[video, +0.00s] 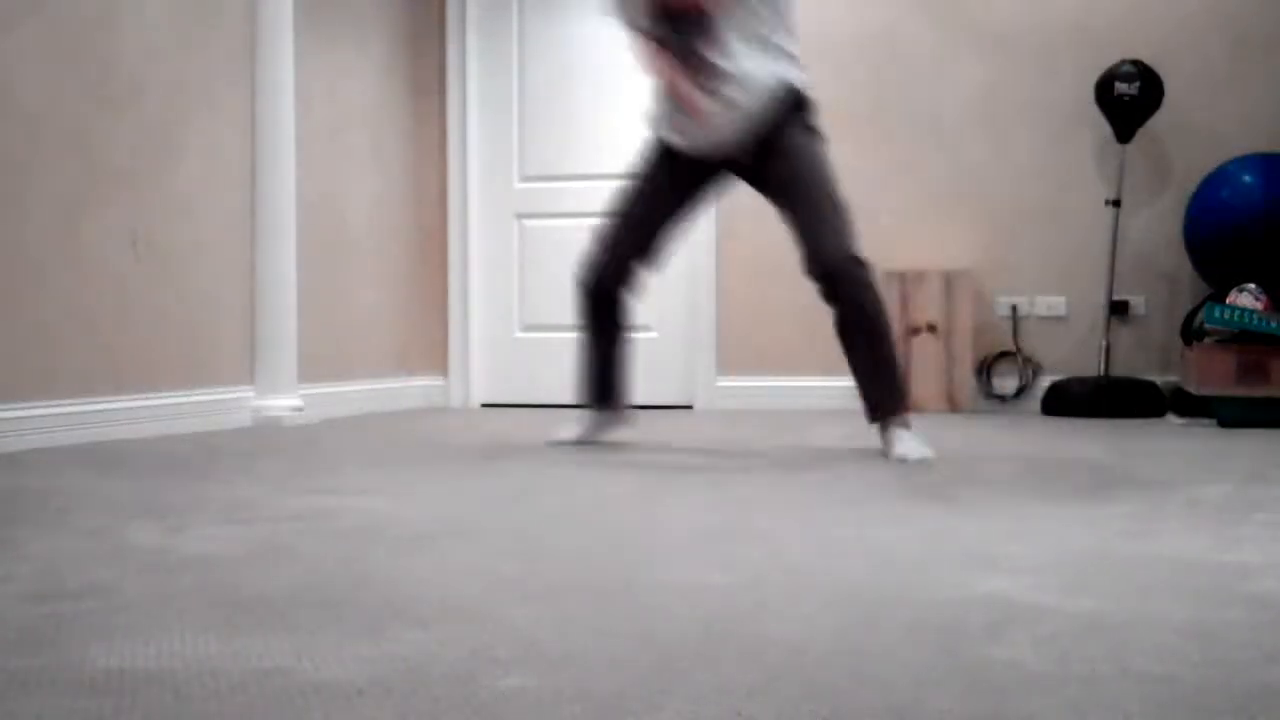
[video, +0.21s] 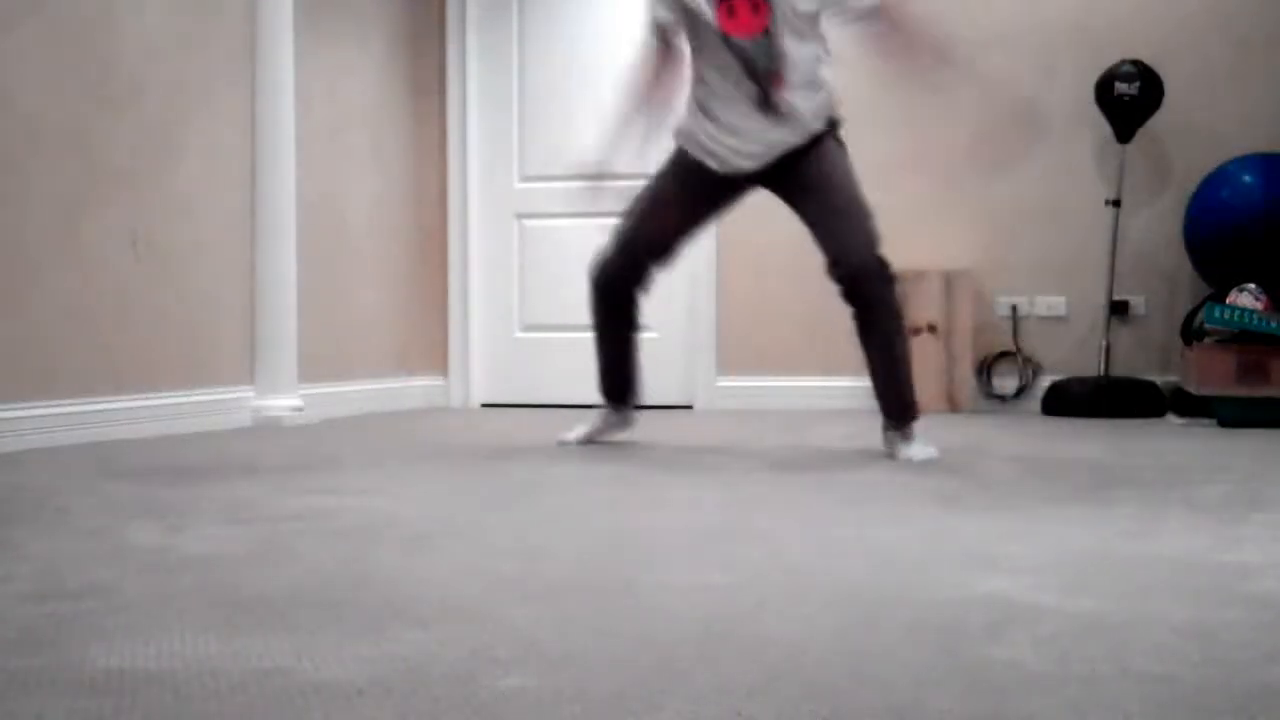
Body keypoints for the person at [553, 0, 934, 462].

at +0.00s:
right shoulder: (641, 8)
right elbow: (644, 42)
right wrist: (678, 78)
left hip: (770, 116)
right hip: (687, 127)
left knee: (837, 265)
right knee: (603, 277)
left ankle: (894, 422)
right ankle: (607, 413)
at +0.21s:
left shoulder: (812, 4)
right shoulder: (676, 7)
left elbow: (879, 19)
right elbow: (661, 62)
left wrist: (944, 65)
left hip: (805, 142)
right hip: (713, 149)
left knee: (866, 274)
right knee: (614, 275)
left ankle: (901, 430)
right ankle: (618, 409)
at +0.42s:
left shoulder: (784, 5)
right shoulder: (664, 8)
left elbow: (770, 55)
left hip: (754, 110)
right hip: (667, 111)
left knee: (820, 232)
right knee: (572, 237)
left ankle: (874, 397)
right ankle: (535, 357)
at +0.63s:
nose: (627, 21)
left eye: (636, 11)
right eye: (618, 13)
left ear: (659, 2)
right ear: (607, 6)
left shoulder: (718, 10)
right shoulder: (594, 36)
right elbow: (544, 100)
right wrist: (517, 153)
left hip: (710, 185)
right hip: (622, 193)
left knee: (762, 262)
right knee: (544, 296)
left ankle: (790, 429)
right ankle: (481, 414)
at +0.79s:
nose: (556, 117)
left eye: (565, 96)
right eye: (546, 102)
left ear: (601, 86)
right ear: (541, 108)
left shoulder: (662, 103)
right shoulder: (561, 195)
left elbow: (735, 102)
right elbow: (586, 311)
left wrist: (773, 90)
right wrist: (583, 430)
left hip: (694, 227)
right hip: (618, 256)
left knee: (753, 254)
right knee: (513, 354)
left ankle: (790, 424)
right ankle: (480, 430)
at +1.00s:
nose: (454, 183)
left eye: (455, 160)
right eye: (444, 177)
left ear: (496, 137)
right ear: (451, 191)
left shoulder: (564, 146)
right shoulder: (558, 230)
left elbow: (612, 96)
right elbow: (614, 324)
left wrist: (561, 122)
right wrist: (588, 436)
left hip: (766, 184)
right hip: (695, 220)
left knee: (714, 252)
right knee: (631, 312)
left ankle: (790, 429)